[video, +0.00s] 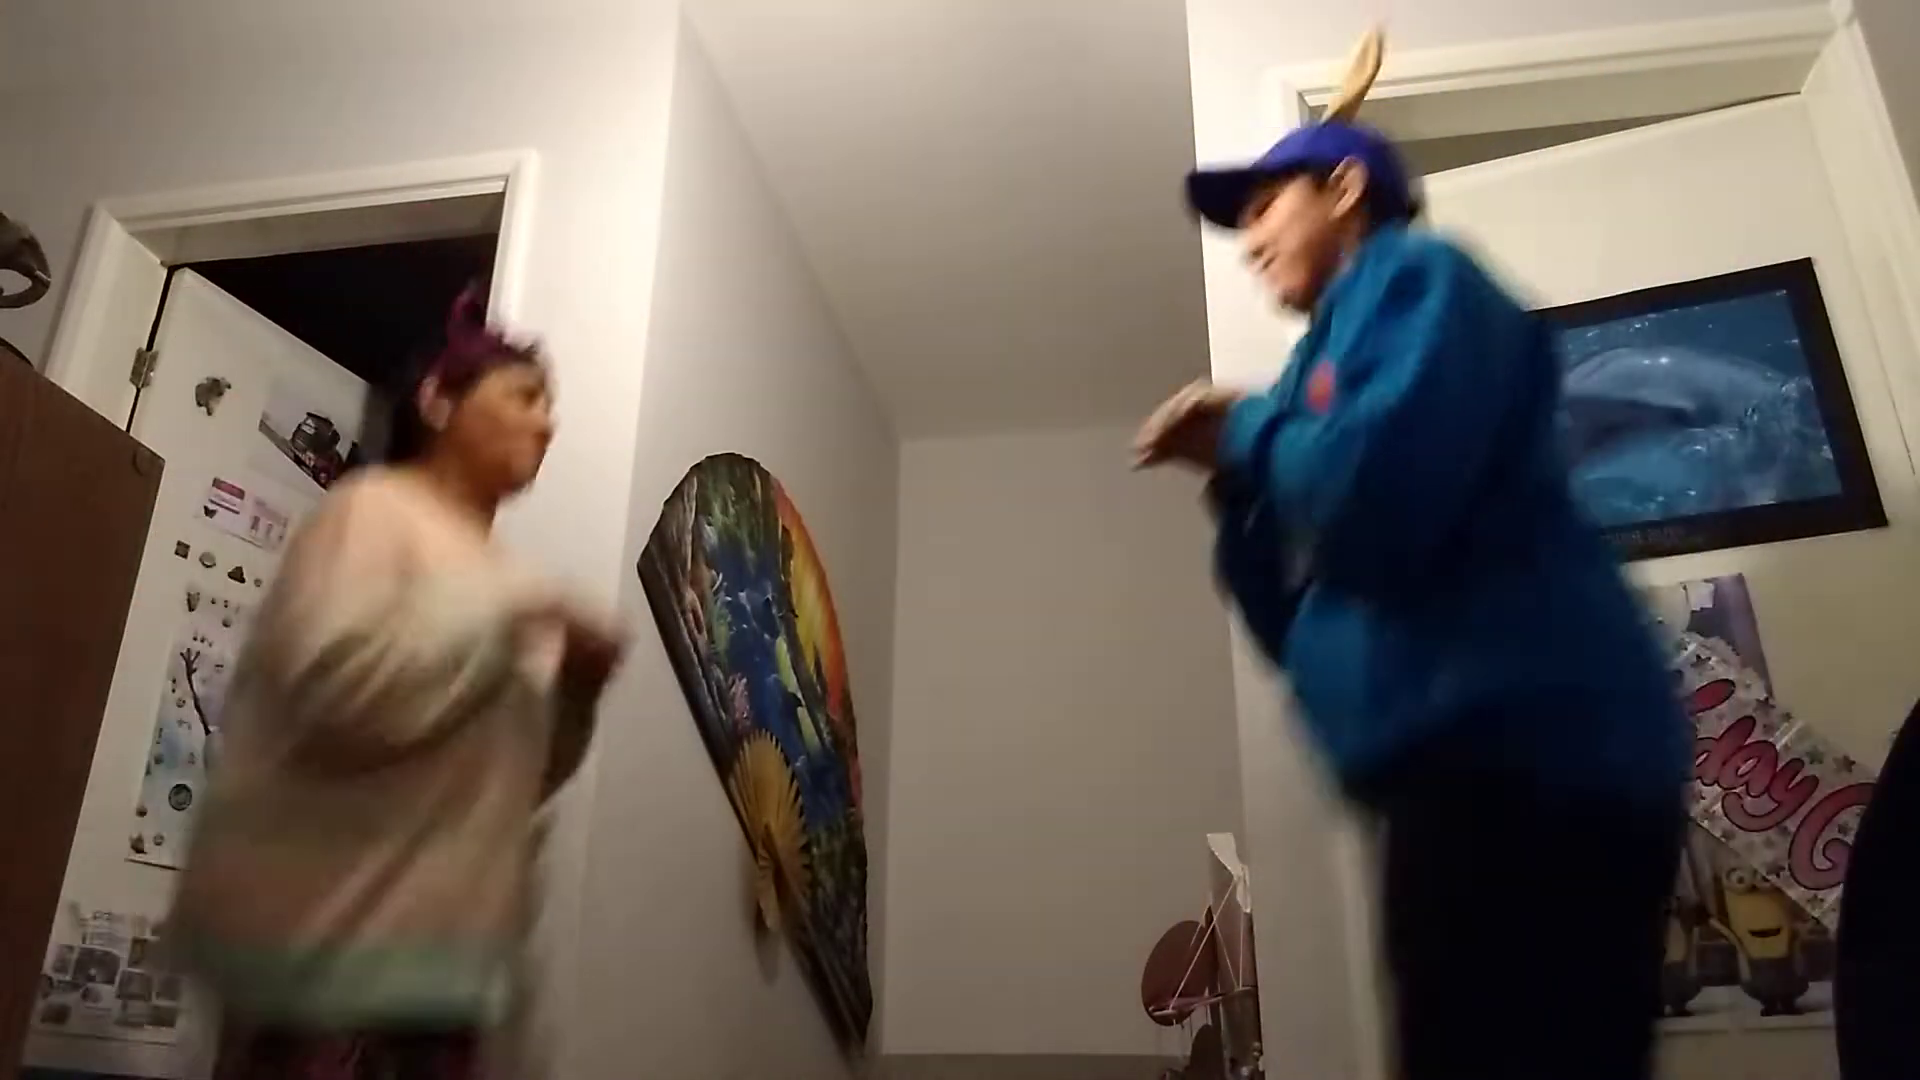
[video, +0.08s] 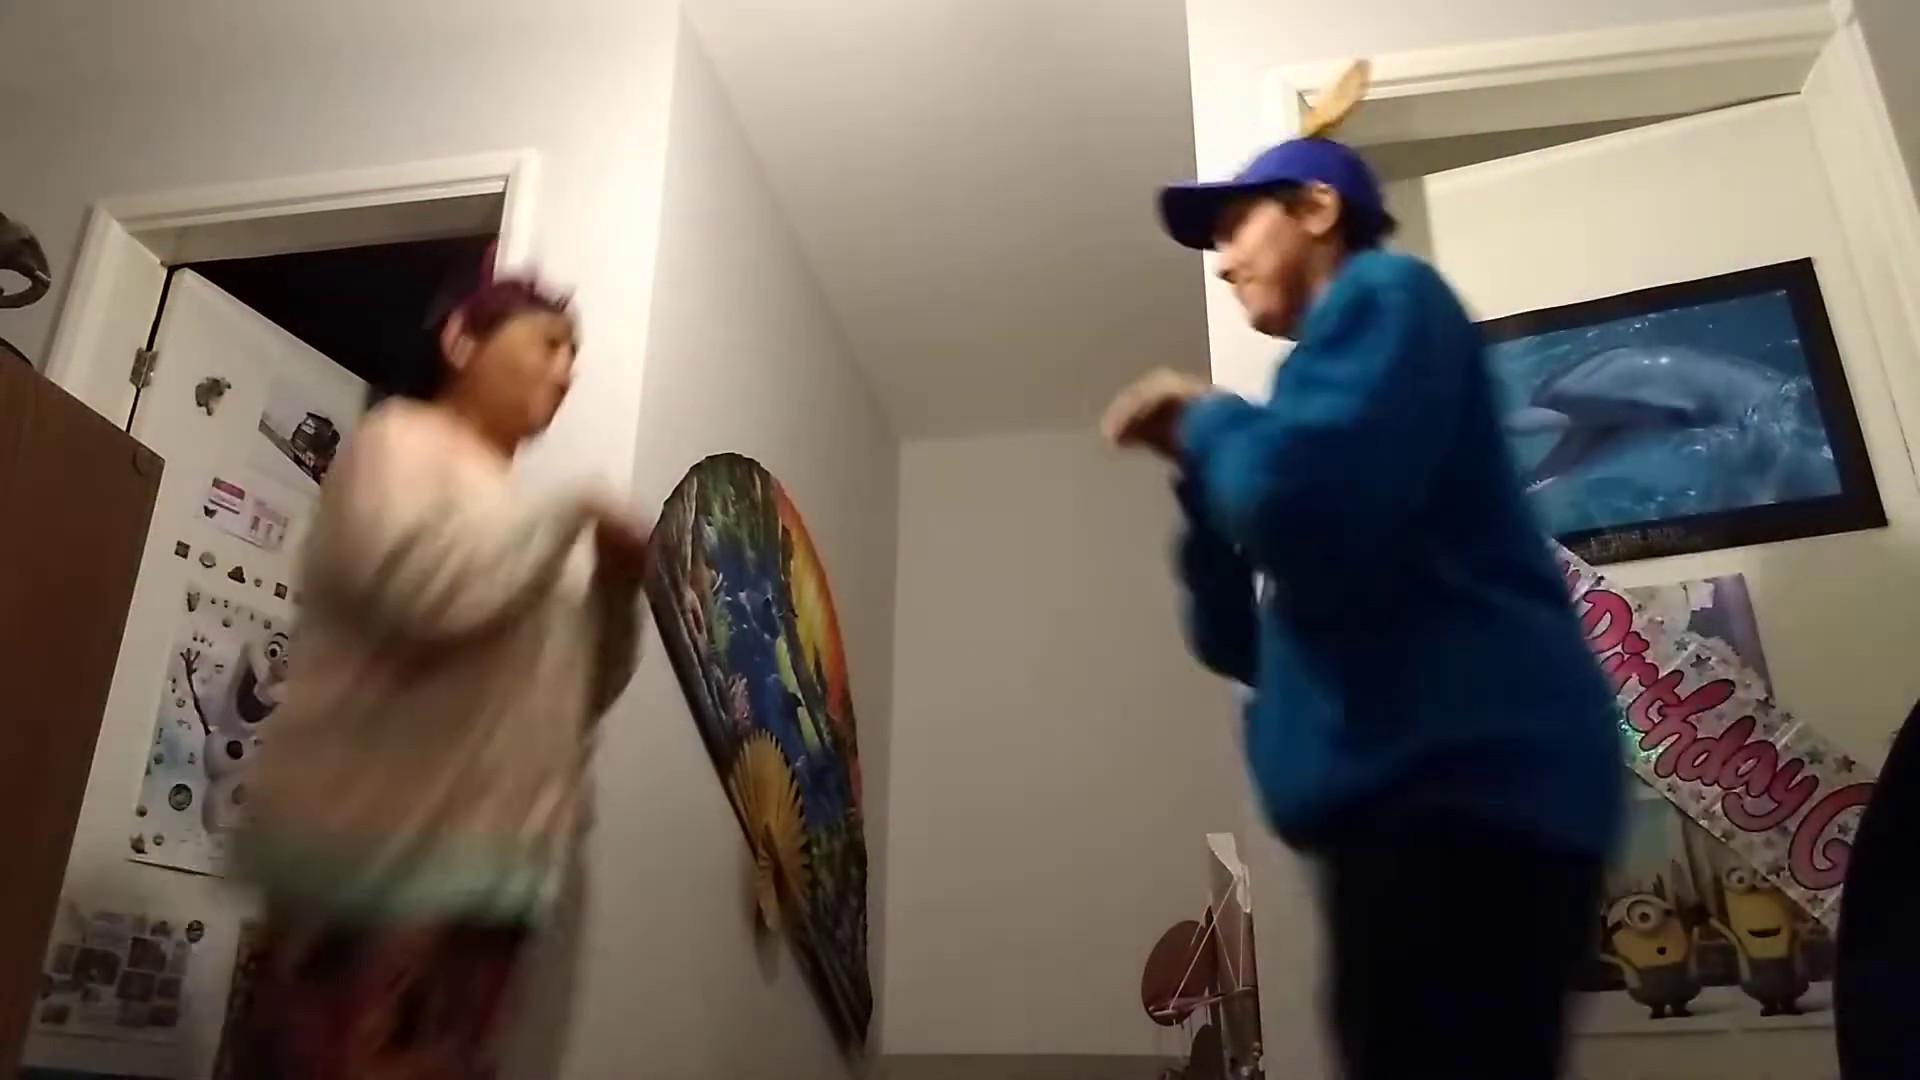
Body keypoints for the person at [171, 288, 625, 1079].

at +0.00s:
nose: (546, 421)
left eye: (547, 404)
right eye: (524, 396)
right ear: (439, 401)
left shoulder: (495, 565)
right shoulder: (368, 512)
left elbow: (515, 781)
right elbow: (330, 695)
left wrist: (577, 688)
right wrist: (503, 630)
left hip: (439, 952)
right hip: (320, 949)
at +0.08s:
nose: (563, 373)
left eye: (569, 357)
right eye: (547, 345)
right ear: (464, 342)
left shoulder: (524, 504)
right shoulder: (398, 442)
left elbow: (575, 696)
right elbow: (415, 590)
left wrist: (616, 588)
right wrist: (564, 525)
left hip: (485, 881)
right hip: (363, 872)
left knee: (441, 1063)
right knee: (327, 1060)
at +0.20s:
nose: (611, 319)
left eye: (615, 304)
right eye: (590, 294)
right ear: (508, 292)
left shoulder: (577, 461)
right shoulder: (449, 385)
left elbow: (617, 657)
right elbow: (484, 527)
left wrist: (667, 547)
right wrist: (605, 457)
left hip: (537, 818)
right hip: (424, 811)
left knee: (512, 1053)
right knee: (419, 1050)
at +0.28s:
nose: (643, 335)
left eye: (647, 320)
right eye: (624, 308)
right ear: (544, 306)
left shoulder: (593, 467)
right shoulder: (481, 410)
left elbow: (635, 665)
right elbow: (504, 567)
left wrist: (688, 579)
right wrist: (647, 519)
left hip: (554, 842)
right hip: (449, 842)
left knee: (545, 1052)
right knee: (455, 1055)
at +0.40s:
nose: (677, 411)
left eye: (676, 393)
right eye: (656, 382)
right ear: (575, 384)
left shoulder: (604, 550)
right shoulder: (511, 503)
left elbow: (646, 756)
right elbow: (531, 693)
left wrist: (709, 680)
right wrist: (675, 623)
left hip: (588, 969)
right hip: (514, 970)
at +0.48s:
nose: (690, 406)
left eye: (691, 388)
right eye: (673, 379)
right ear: (591, 378)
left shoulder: (598, 510)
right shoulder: (544, 487)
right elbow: (575, 664)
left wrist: (720, 639)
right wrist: (714, 596)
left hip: (610, 919)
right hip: (557, 922)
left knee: (625, 1061)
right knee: (576, 1063)